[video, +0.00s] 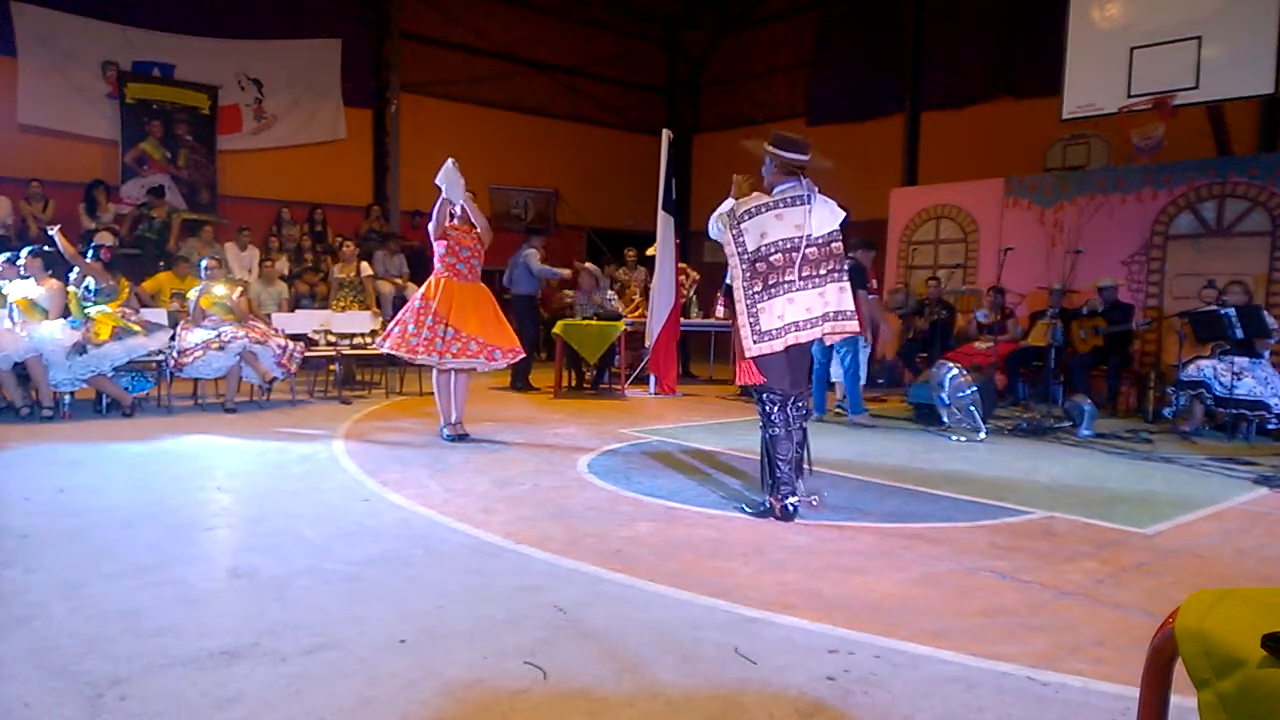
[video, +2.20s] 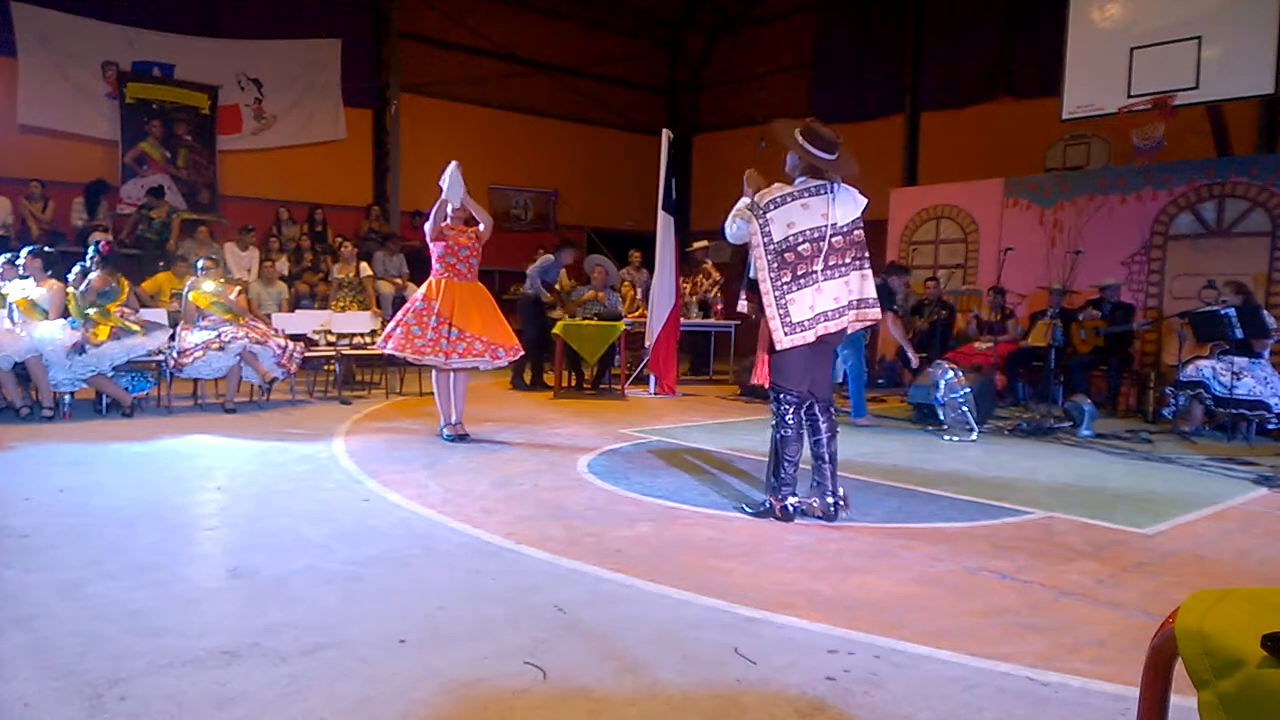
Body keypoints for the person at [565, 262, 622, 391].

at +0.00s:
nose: (583, 280)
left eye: (587, 276)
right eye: (581, 276)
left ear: (595, 279)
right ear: (578, 279)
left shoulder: (606, 294)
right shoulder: (576, 295)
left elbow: (617, 312)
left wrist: (601, 303)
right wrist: (562, 301)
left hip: (601, 331)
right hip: (580, 331)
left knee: (610, 349)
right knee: (571, 346)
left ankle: (597, 380)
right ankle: (579, 378)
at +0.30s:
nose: (581, 281)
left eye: (585, 277)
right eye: (579, 277)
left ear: (594, 279)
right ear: (576, 280)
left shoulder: (608, 294)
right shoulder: (573, 297)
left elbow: (619, 312)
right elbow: (567, 315)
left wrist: (600, 309)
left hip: (602, 331)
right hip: (580, 331)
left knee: (610, 348)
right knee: (570, 344)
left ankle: (597, 381)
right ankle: (579, 377)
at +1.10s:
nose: (594, 276)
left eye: (597, 273)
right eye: (593, 273)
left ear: (605, 278)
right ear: (588, 275)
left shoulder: (612, 297)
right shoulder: (579, 293)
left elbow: (621, 315)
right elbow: (565, 309)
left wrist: (600, 314)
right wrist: (578, 303)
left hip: (603, 332)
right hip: (580, 331)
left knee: (609, 348)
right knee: (571, 345)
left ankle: (597, 381)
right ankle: (579, 379)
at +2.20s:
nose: (595, 276)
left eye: (599, 273)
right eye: (593, 272)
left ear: (606, 277)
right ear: (590, 275)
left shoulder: (613, 296)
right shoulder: (580, 291)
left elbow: (620, 314)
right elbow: (569, 305)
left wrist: (606, 303)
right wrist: (583, 299)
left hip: (603, 329)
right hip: (582, 327)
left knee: (610, 348)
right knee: (570, 345)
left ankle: (597, 379)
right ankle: (579, 376)